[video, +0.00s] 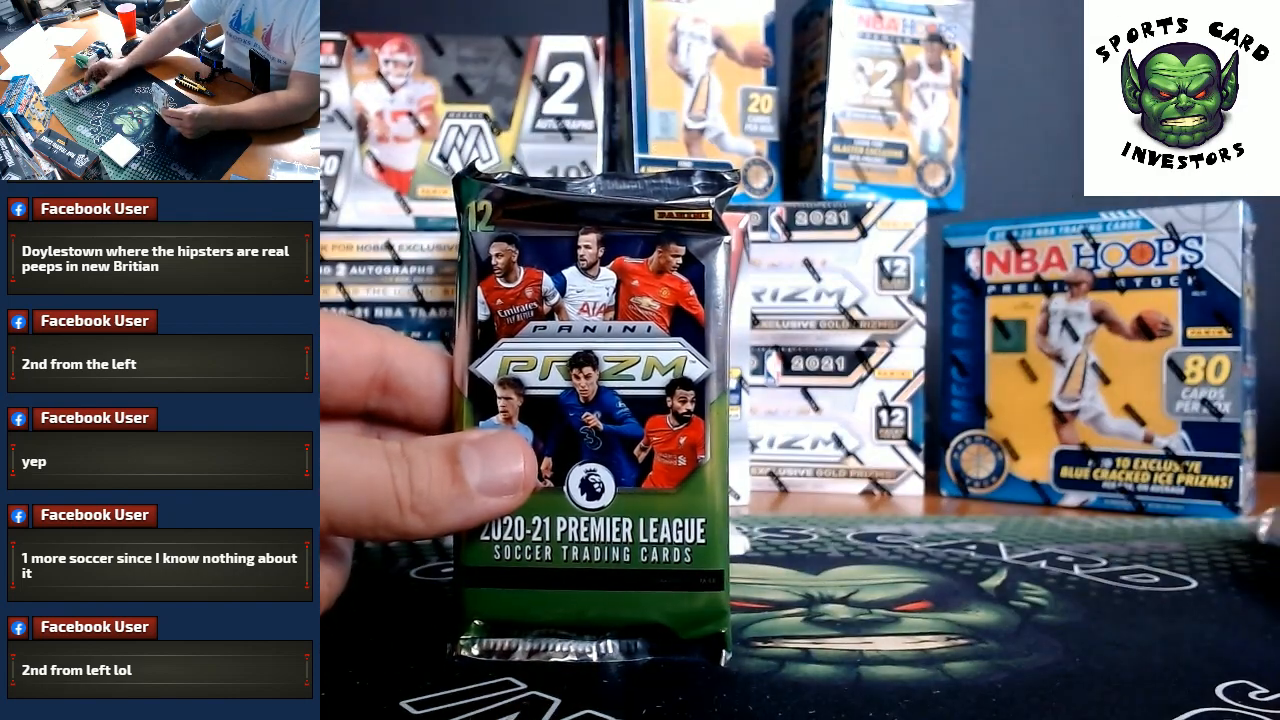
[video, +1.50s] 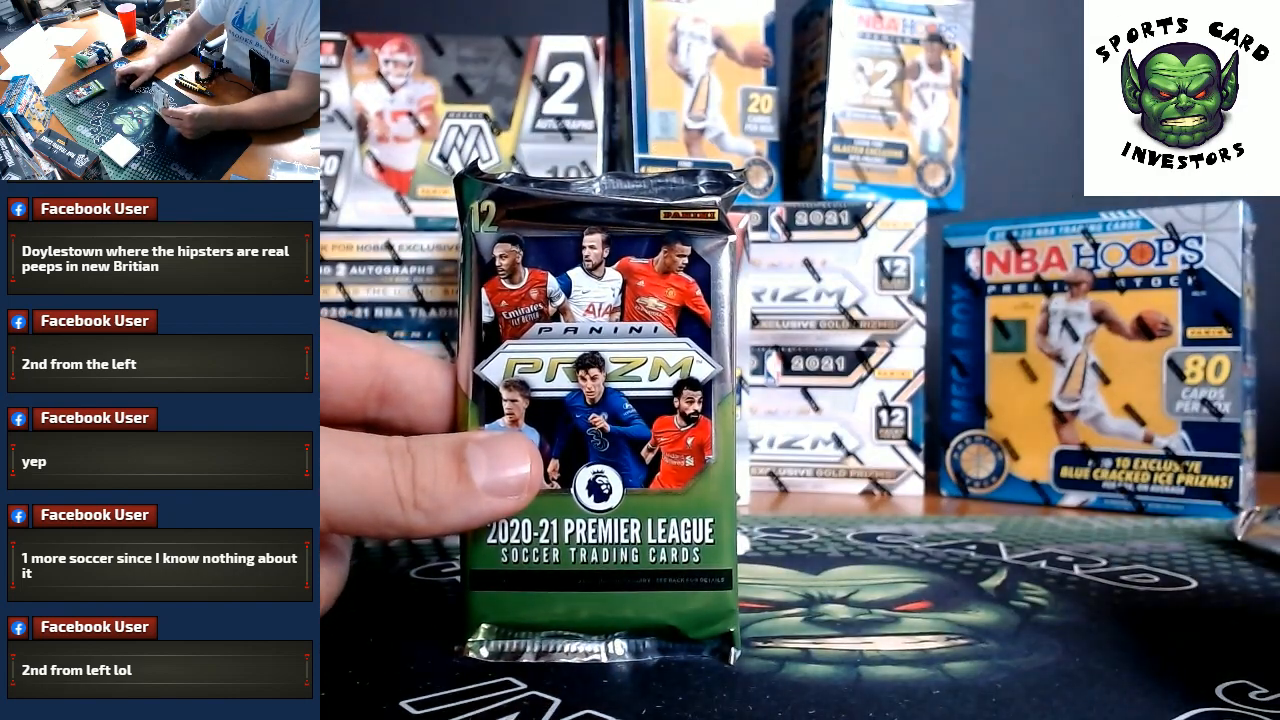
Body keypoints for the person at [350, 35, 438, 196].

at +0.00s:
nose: (399, 70)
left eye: (405, 65)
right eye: (393, 64)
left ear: (413, 66)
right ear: (382, 64)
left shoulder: (423, 89)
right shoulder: (365, 90)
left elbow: (432, 130)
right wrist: (370, 125)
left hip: (405, 169)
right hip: (374, 165)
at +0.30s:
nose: (398, 70)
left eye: (404, 64)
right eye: (392, 63)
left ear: (413, 66)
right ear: (381, 64)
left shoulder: (424, 90)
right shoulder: (365, 90)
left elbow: (432, 130)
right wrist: (370, 126)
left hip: (406, 169)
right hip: (374, 165)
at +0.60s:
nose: (398, 70)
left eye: (404, 65)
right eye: (392, 64)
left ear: (412, 66)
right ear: (381, 64)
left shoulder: (423, 90)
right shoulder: (365, 90)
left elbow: (432, 130)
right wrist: (370, 126)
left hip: (405, 169)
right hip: (373, 164)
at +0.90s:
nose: (398, 70)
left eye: (404, 64)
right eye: (392, 63)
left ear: (413, 66)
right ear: (381, 64)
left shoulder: (424, 90)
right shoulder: (365, 90)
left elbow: (432, 130)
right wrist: (370, 127)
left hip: (405, 170)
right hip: (373, 165)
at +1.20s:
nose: (398, 70)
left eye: (404, 65)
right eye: (392, 64)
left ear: (413, 66)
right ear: (381, 64)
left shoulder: (424, 90)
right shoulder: (365, 90)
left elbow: (432, 130)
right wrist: (370, 126)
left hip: (405, 169)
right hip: (373, 165)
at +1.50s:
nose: (398, 70)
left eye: (404, 65)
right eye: (392, 64)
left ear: (413, 66)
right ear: (381, 64)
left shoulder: (424, 90)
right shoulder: (365, 90)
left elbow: (432, 130)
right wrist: (370, 126)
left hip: (405, 169)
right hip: (373, 164)